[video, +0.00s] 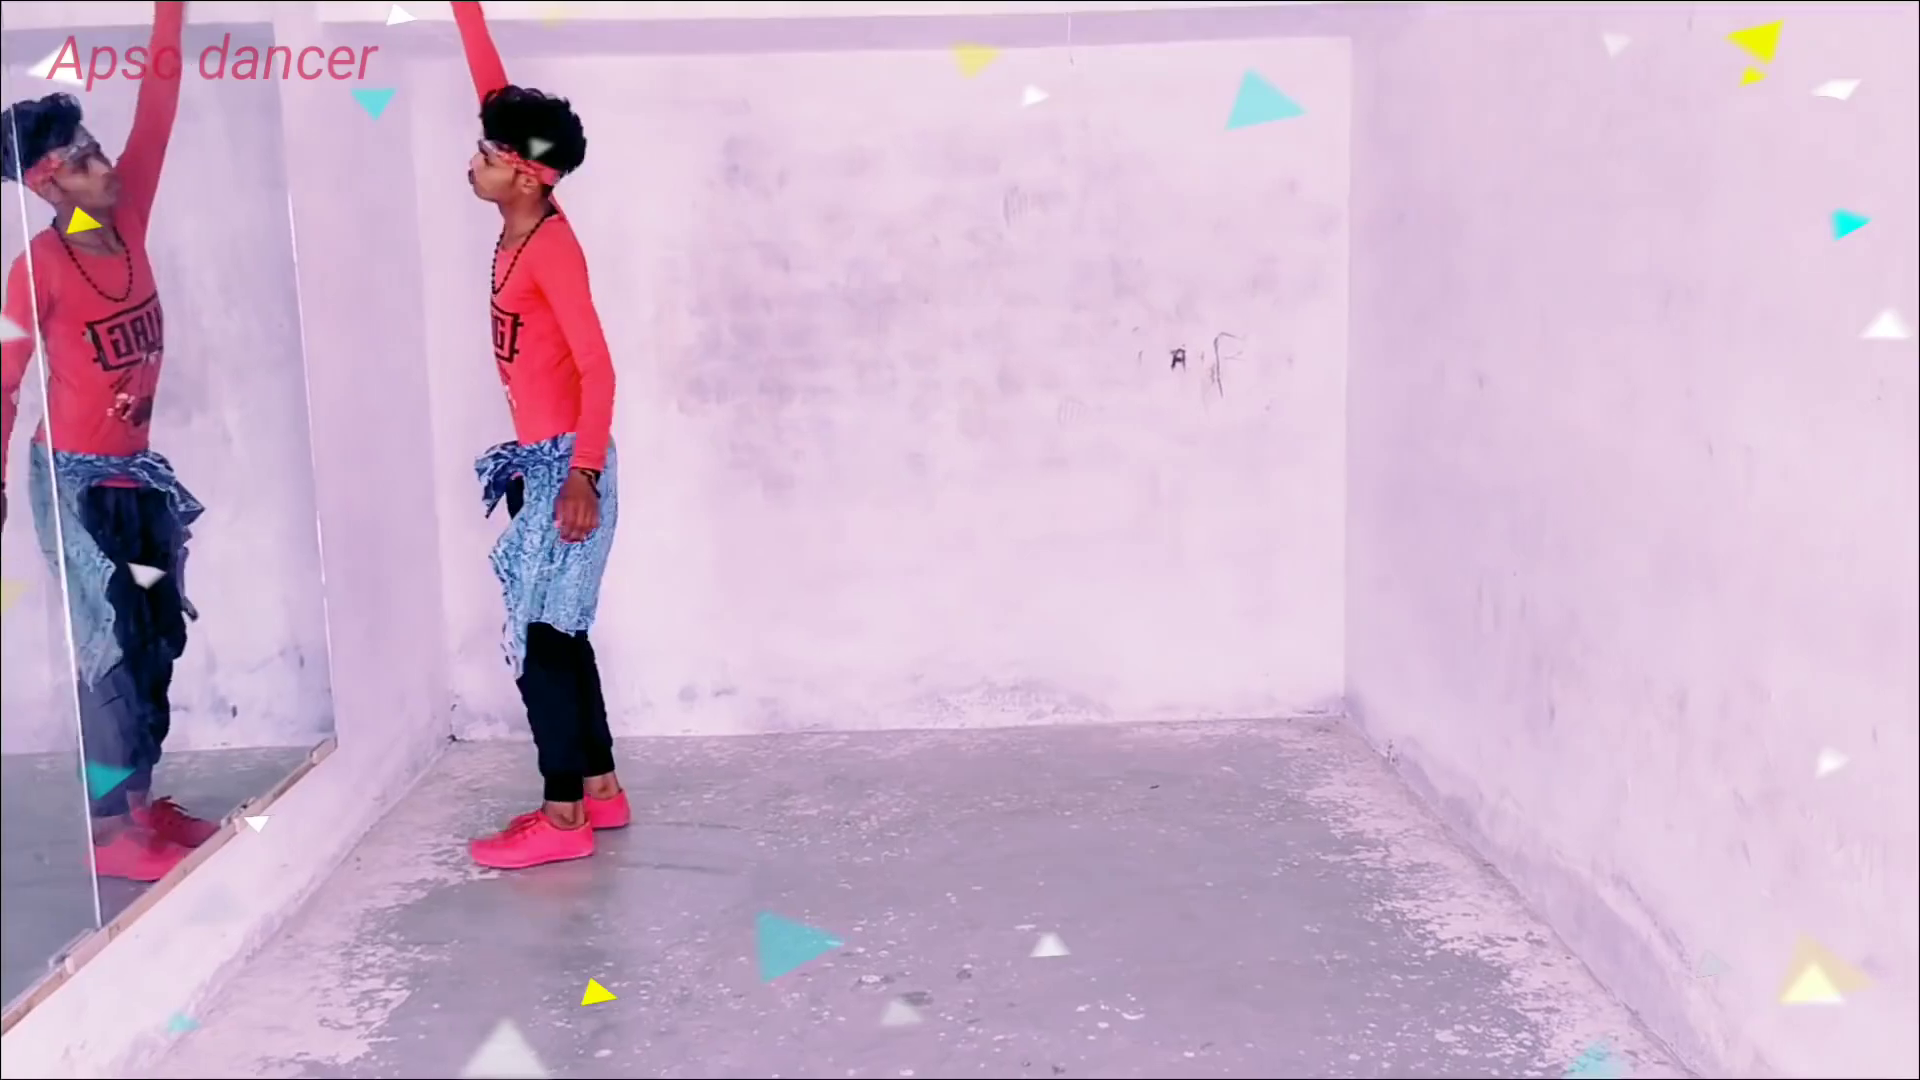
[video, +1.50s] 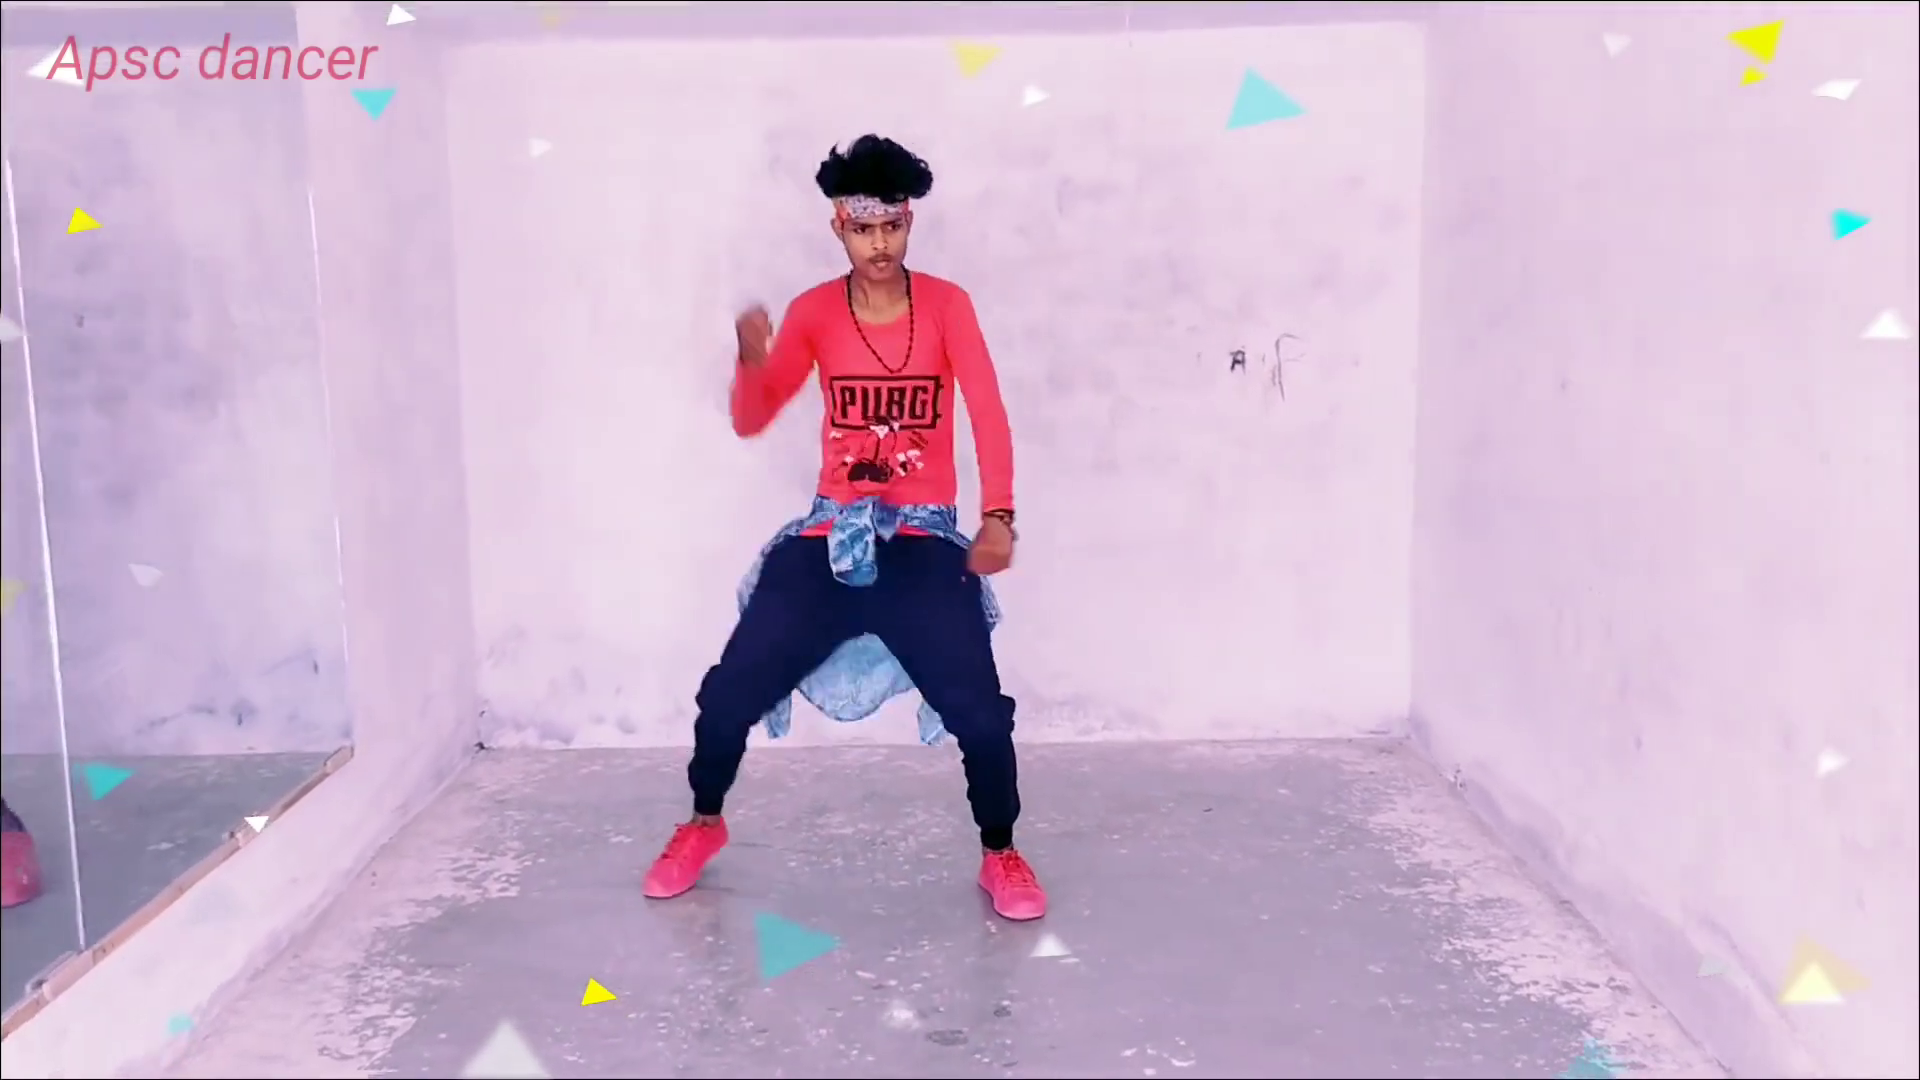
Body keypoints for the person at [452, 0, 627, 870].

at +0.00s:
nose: (474, 162)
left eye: (487, 154)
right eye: (480, 148)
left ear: (526, 173)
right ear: (522, 168)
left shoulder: (552, 251)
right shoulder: (522, 218)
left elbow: (597, 369)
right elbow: (493, 91)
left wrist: (583, 476)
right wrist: (463, 8)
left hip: (561, 468)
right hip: (547, 459)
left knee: (537, 637)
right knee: (556, 630)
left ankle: (563, 818)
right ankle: (598, 787)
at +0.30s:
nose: (552, 173)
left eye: (566, 158)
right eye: (545, 157)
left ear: (602, 161)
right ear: (539, 163)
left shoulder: (630, 248)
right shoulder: (543, 225)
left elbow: (669, 360)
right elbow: (480, 167)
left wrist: (690, 463)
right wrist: (433, 70)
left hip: (638, 459)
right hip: (577, 462)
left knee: (661, 622)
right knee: (575, 627)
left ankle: (740, 786)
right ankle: (608, 786)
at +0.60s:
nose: (666, 206)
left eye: (681, 190)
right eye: (651, 190)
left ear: (702, 194)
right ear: (632, 196)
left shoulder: (737, 279)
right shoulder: (618, 284)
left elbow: (785, 377)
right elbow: (611, 375)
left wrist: (823, 470)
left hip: (738, 507)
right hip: (658, 510)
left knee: (810, 649)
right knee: (581, 651)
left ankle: (894, 808)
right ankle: (608, 789)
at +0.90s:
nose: (763, 248)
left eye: (775, 233)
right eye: (748, 234)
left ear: (792, 238)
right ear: (723, 240)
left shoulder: (833, 327)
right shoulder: (699, 341)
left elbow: (863, 430)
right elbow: (709, 446)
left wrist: (897, 511)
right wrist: (698, 526)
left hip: (836, 547)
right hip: (745, 554)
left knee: (917, 687)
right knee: (676, 705)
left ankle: (965, 831)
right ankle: (690, 821)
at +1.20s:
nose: (822, 269)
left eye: (834, 251)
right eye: (805, 253)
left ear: (850, 254)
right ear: (779, 257)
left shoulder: (884, 339)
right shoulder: (748, 343)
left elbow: (910, 454)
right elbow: (726, 460)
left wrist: (935, 464)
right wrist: (743, 484)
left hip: (877, 560)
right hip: (783, 563)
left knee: (955, 707)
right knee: (710, 729)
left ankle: (985, 842)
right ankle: (705, 831)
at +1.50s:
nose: (881, 244)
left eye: (893, 226)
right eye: (863, 228)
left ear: (912, 226)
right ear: (839, 230)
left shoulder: (946, 307)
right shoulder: (812, 313)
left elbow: (986, 410)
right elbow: (750, 421)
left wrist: (997, 515)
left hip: (923, 546)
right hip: (826, 543)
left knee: (982, 717)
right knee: (723, 702)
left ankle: (1001, 855)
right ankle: (704, 824)